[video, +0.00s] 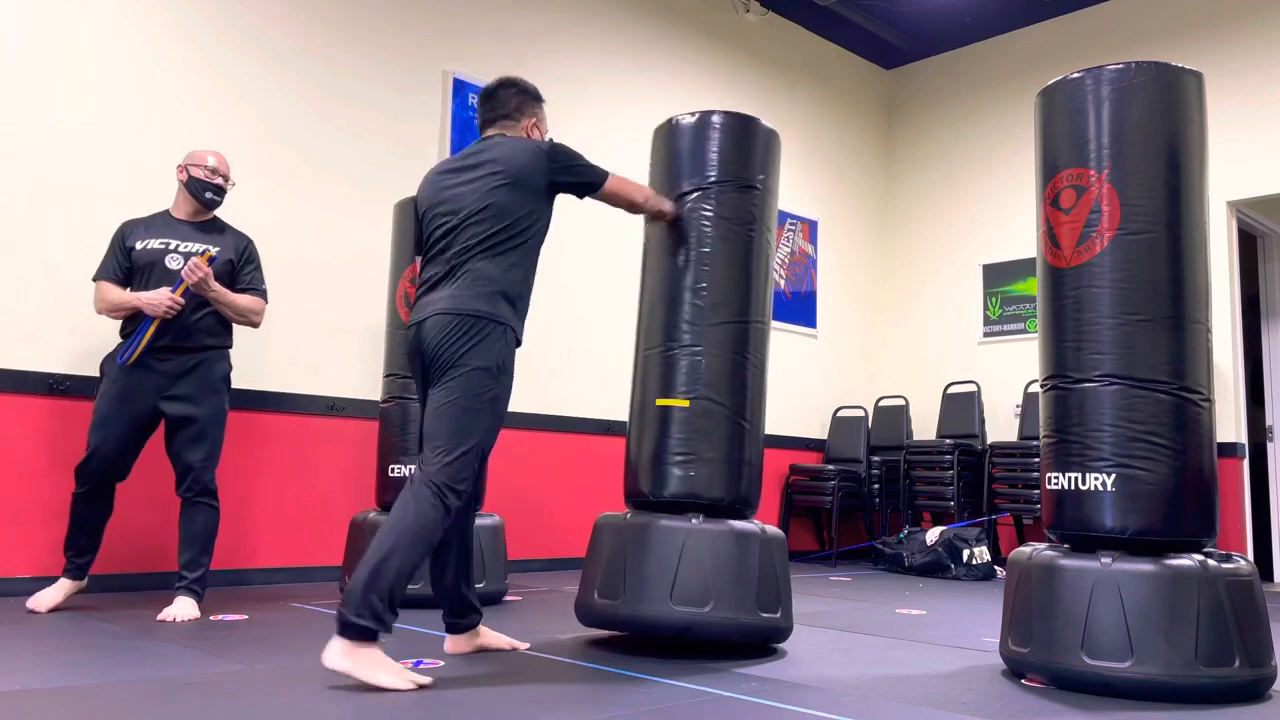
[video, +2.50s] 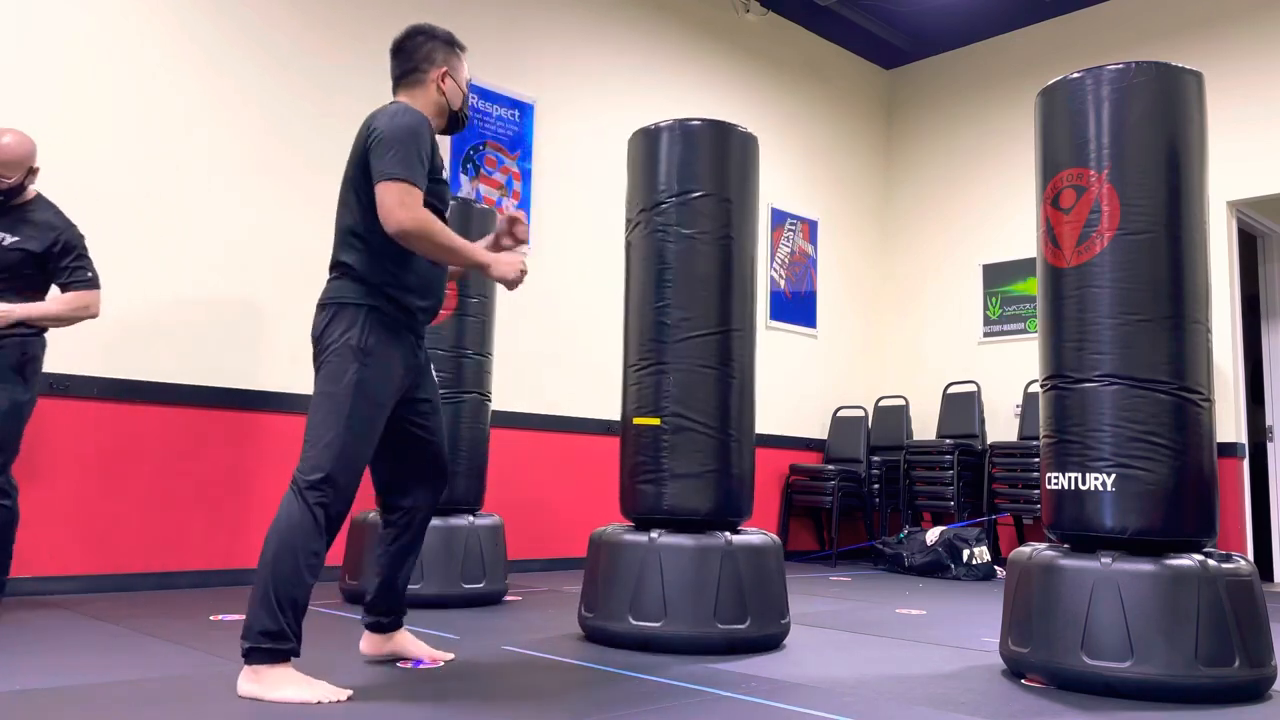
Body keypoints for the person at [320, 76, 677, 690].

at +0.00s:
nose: (546, 134)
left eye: (546, 126)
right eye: (545, 125)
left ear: (483, 123)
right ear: (532, 122)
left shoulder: (435, 176)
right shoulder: (538, 152)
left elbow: (427, 262)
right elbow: (639, 198)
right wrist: (667, 207)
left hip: (426, 325)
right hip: (477, 323)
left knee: (457, 482)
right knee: (439, 484)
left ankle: (463, 627)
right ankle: (355, 638)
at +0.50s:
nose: (554, 133)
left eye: (555, 121)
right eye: (552, 119)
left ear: (509, 113)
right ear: (528, 114)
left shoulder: (484, 164)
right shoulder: (489, 165)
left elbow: (496, 266)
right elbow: (499, 266)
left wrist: (557, 266)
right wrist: (571, 266)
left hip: (463, 339)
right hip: (445, 335)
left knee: (487, 474)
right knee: (426, 484)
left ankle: (470, 616)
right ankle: (367, 649)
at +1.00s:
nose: (543, 153)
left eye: (542, 145)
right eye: (543, 145)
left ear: (484, 140)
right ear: (531, 140)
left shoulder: (437, 187)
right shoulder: (538, 172)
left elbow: (425, 266)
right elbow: (588, 248)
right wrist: (555, 214)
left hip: (434, 329)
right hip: (495, 327)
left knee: (448, 468)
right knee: (496, 468)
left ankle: (457, 617)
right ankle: (435, 618)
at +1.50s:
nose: (549, 129)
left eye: (547, 119)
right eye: (546, 118)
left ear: (507, 117)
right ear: (527, 114)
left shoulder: (514, 182)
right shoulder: (488, 161)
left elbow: (563, 249)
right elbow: (501, 233)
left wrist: (630, 234)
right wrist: (563, 227)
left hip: (495, 345)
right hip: (481, 344)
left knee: (490, 484)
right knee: (487, 485)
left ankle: (444, 617)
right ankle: (409, 636)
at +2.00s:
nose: (505, 114)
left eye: (501, 104)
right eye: (502, 105)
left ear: (444, 111)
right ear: (489, 106)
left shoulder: (410, 173)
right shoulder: (491, 160)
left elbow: (392, 272)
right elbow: (514, 249)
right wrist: (537, 243)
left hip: (408, 319)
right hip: (458, 314)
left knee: (434, 472)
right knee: (442, 470)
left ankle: (441, 623)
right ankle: (322, 611)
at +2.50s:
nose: (467, 92)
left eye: (465, 82)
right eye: (463, 79)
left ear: (422, 77)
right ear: (440, 75)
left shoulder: (426, 147)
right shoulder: (402, 121)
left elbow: (432, 244)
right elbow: (401, 217)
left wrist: (490, 241)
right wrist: (482, 257)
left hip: (400, 334)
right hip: (364, 323)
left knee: (417, 483)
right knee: (321, 487)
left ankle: (383, 631)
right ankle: (265, 662)